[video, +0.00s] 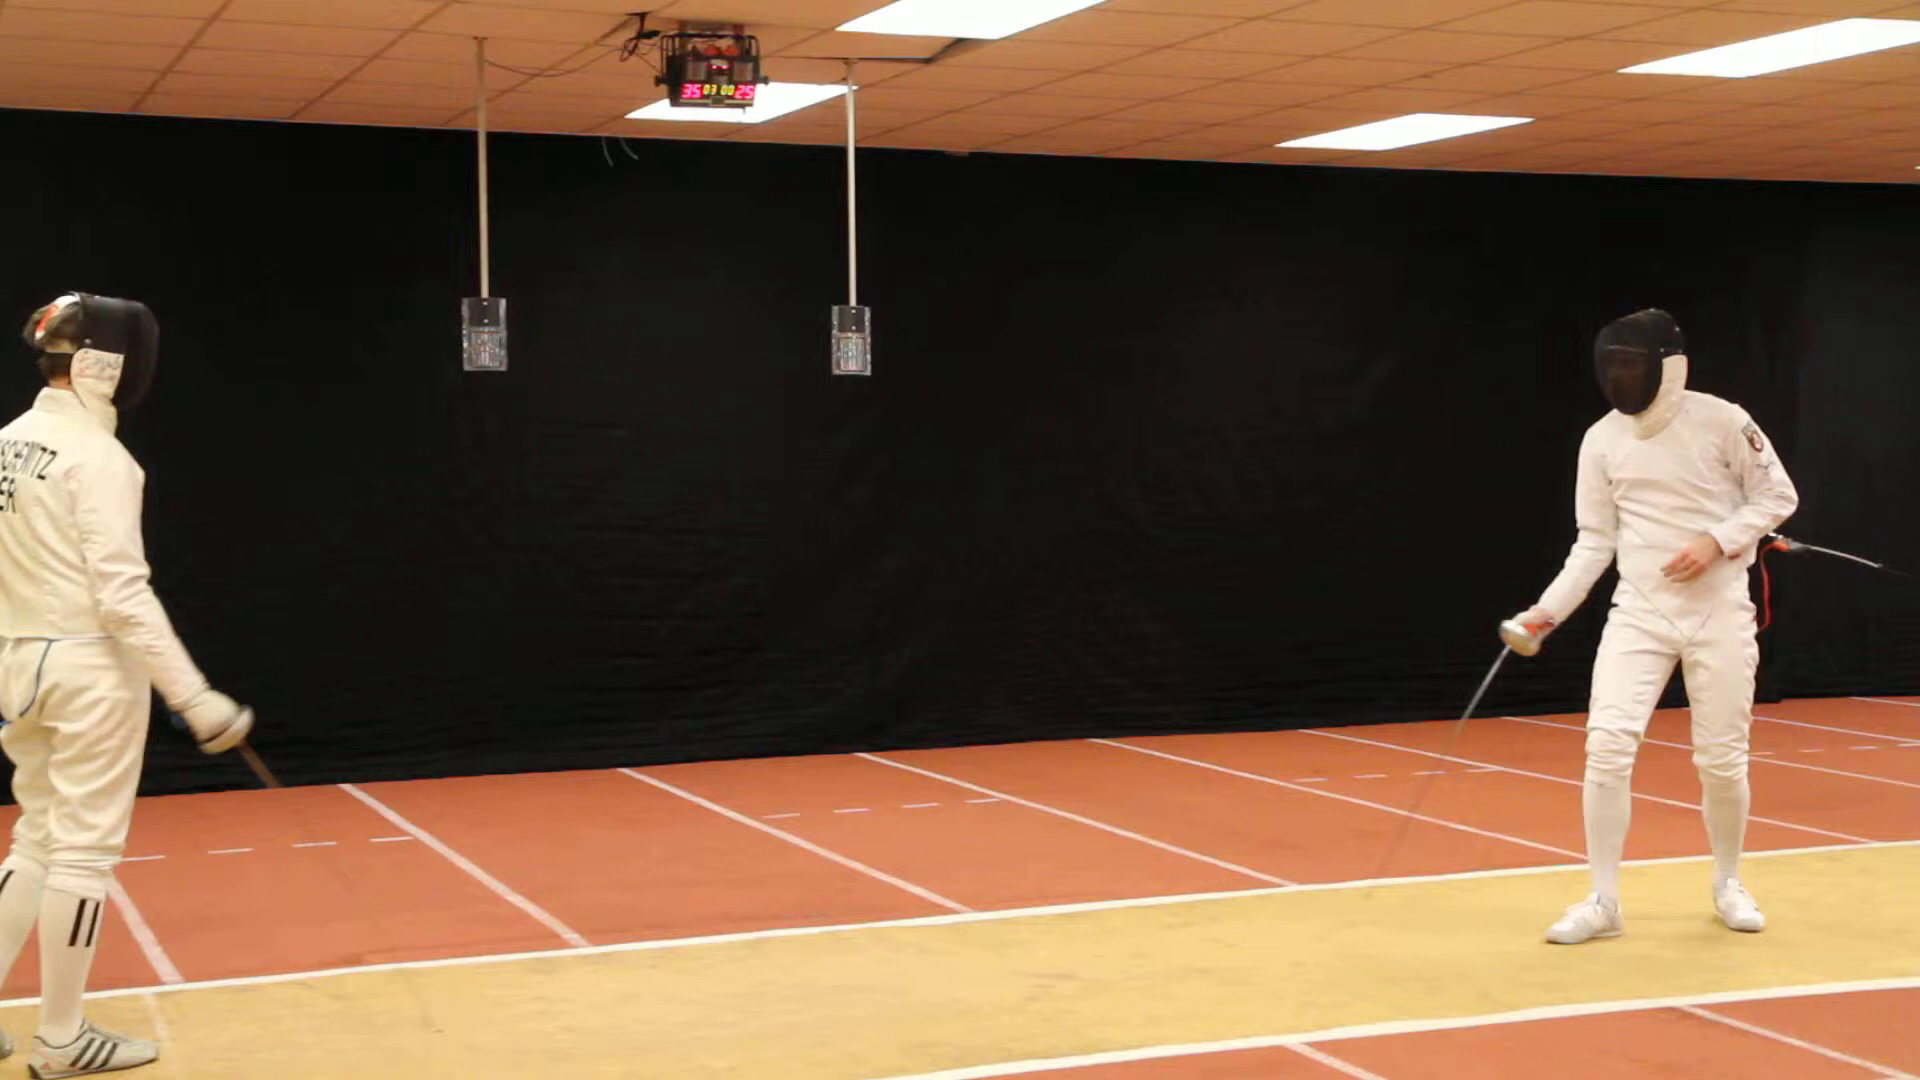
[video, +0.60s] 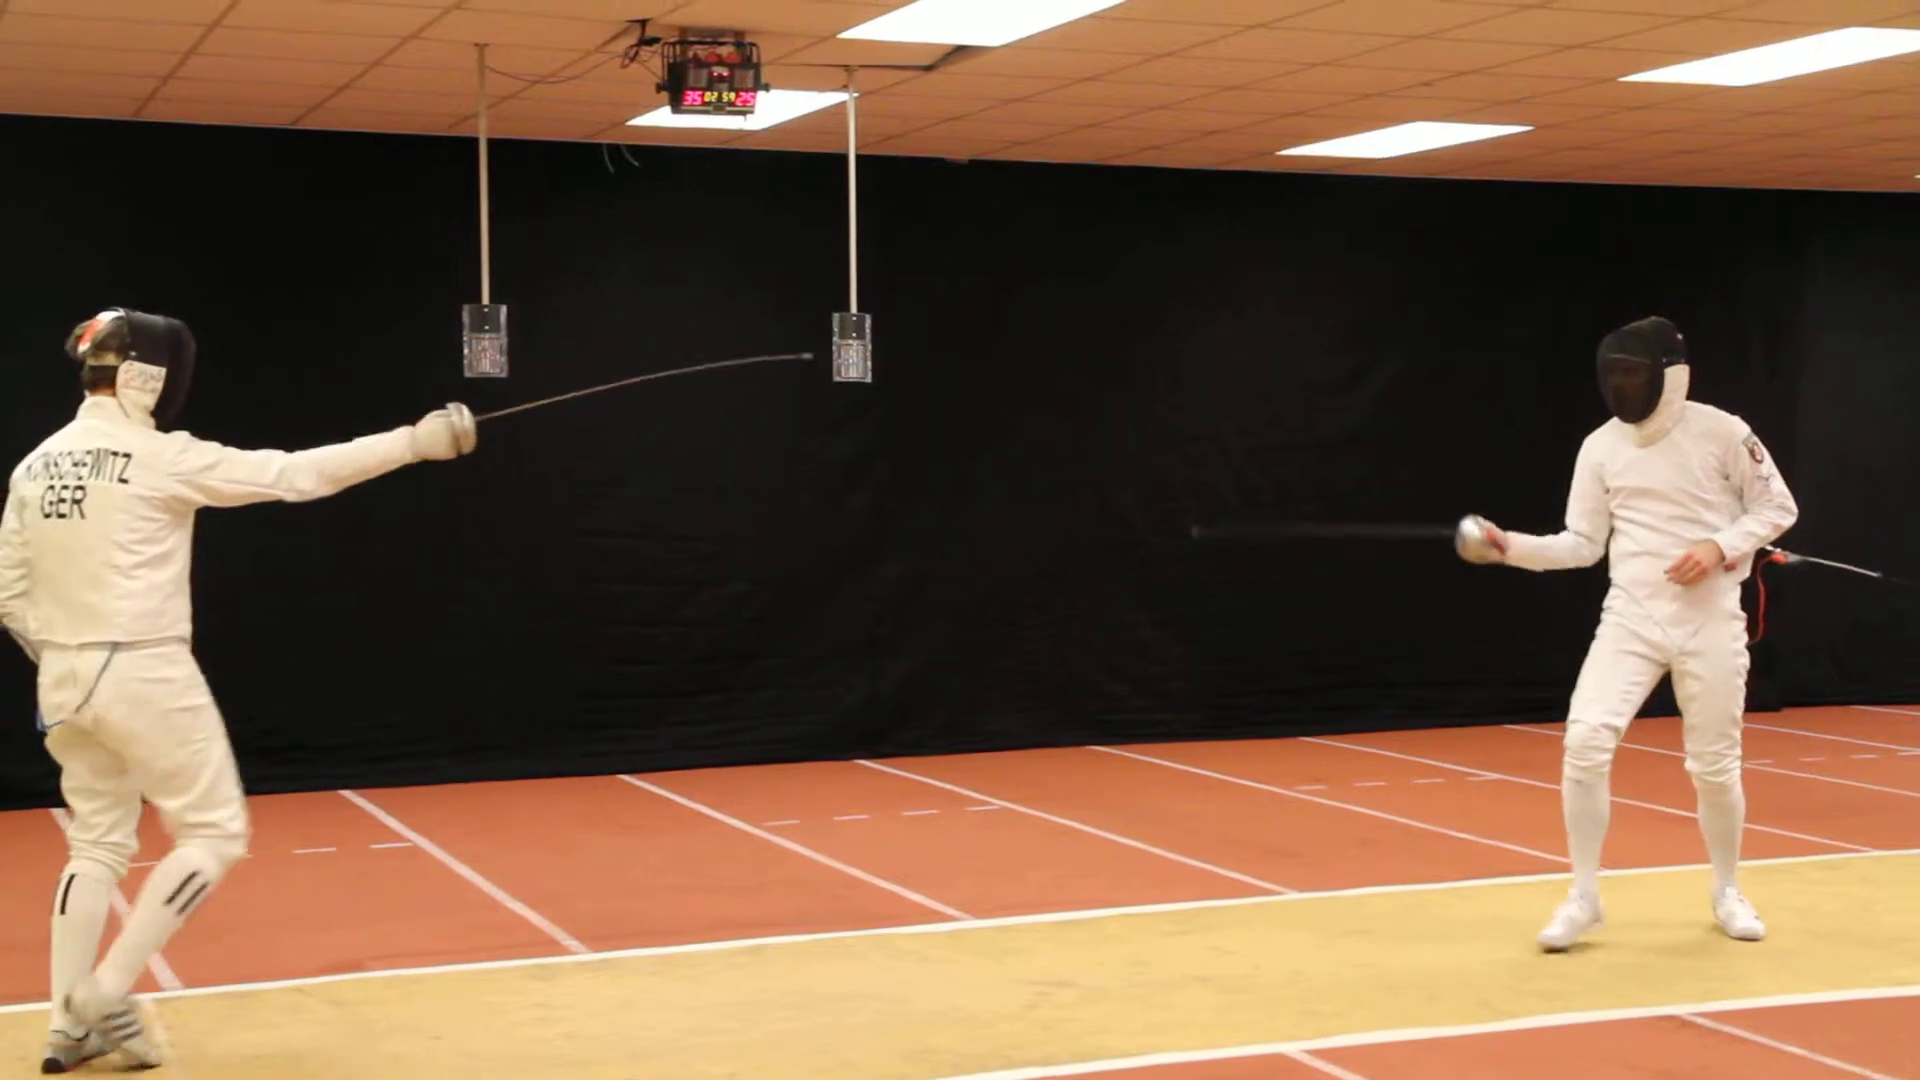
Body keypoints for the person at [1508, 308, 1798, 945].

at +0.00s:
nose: (1619, 377)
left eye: (1632, 364)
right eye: (1613, 364)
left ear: (1669, 364)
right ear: (1607, 367)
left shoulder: (1724, 423)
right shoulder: (1602, 442)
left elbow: (1778, 495)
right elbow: (1594, 540)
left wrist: (1718, 540)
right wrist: (1546, 612)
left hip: (1720, 617)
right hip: (1636, 616)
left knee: (1722, 762)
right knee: (1606, 749)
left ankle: (1729, 884)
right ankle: (1602, 901)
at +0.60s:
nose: (1620, 388)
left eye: (1634, 375)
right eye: (1614, 375)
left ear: (1671, 375)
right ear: (1608, 376)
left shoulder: (1722, 434)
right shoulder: (1600, 449)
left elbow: (1777, 508)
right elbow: (1584, 543)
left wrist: (1720, 548)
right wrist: (1510, 546)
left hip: (1709, 625)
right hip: (1629, 621)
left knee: (1715, 768)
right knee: (1584, 745)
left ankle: (1727, 893)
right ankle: (1584, 898)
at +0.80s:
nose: (1581, 404)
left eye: (1594, 391)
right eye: (1574, 391)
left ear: (1632, 392)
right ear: (1570, 393)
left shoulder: (1684, 449)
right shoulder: (1562, 466)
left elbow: (1743, 519)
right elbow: (1522, 556)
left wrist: (1687, 567)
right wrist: (1446, 538)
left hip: (1680, 643)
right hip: (1596, 640)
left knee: (1699, 780)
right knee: (1542, 765)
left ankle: (1725, 894)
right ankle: (1493, 912)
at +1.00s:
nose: (1513, 405)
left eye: (1527, 393)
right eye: (1507, 393)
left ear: (1566, 394)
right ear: (1502, 393)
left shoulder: (1621, 452)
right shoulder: (1497, 464)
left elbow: (1674, 524)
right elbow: (1440, 543)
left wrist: (1626, 577)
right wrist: (1359, 543)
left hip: (1614, 647)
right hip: (1529, 642)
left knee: (1654, 786)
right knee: (1485, 769)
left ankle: (1693, 888)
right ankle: (1476, 922)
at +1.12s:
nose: (1486, 390)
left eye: (1499, 378)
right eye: (1480, 377)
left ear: (1537, 380)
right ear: (1477, 380)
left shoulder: (1592, 437)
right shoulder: (1470, 449)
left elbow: (1643, 511)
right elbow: (1415, 533)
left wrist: (1595, 560)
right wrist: (1336, 522)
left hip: (1589, 634)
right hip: (1504, 630)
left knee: (1625, 781)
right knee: (1472, 765)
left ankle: (1606, 881)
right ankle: (1472, 917)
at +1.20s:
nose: (1474, 389)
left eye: (1487, 377)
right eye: (1468, 376)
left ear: (1527, 377)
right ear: (1463, 377)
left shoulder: (1582, 433)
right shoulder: (1457, 446)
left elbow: (1632, 505)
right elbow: (1398, 528)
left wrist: (1581, 555)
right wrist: (1319, 506)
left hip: (1578, 632)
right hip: (1493, 627)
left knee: (1603, 782)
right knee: (1451, 754)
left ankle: (1572, 892)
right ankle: (1449, 909)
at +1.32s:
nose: (1452, 402)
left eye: (1465, 389)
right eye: (1446, 389)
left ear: (1504, 391)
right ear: (1440, 391)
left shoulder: (1560, 447)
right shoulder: (1436, 461)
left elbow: (1618, 517)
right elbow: (1368, 533)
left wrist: (1566, 580)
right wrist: (1291, 505)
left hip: (1559, 645)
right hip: (1473, 643)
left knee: (1577, 790)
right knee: (1423, 771)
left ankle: (1565, 904)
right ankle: (1370, 922)